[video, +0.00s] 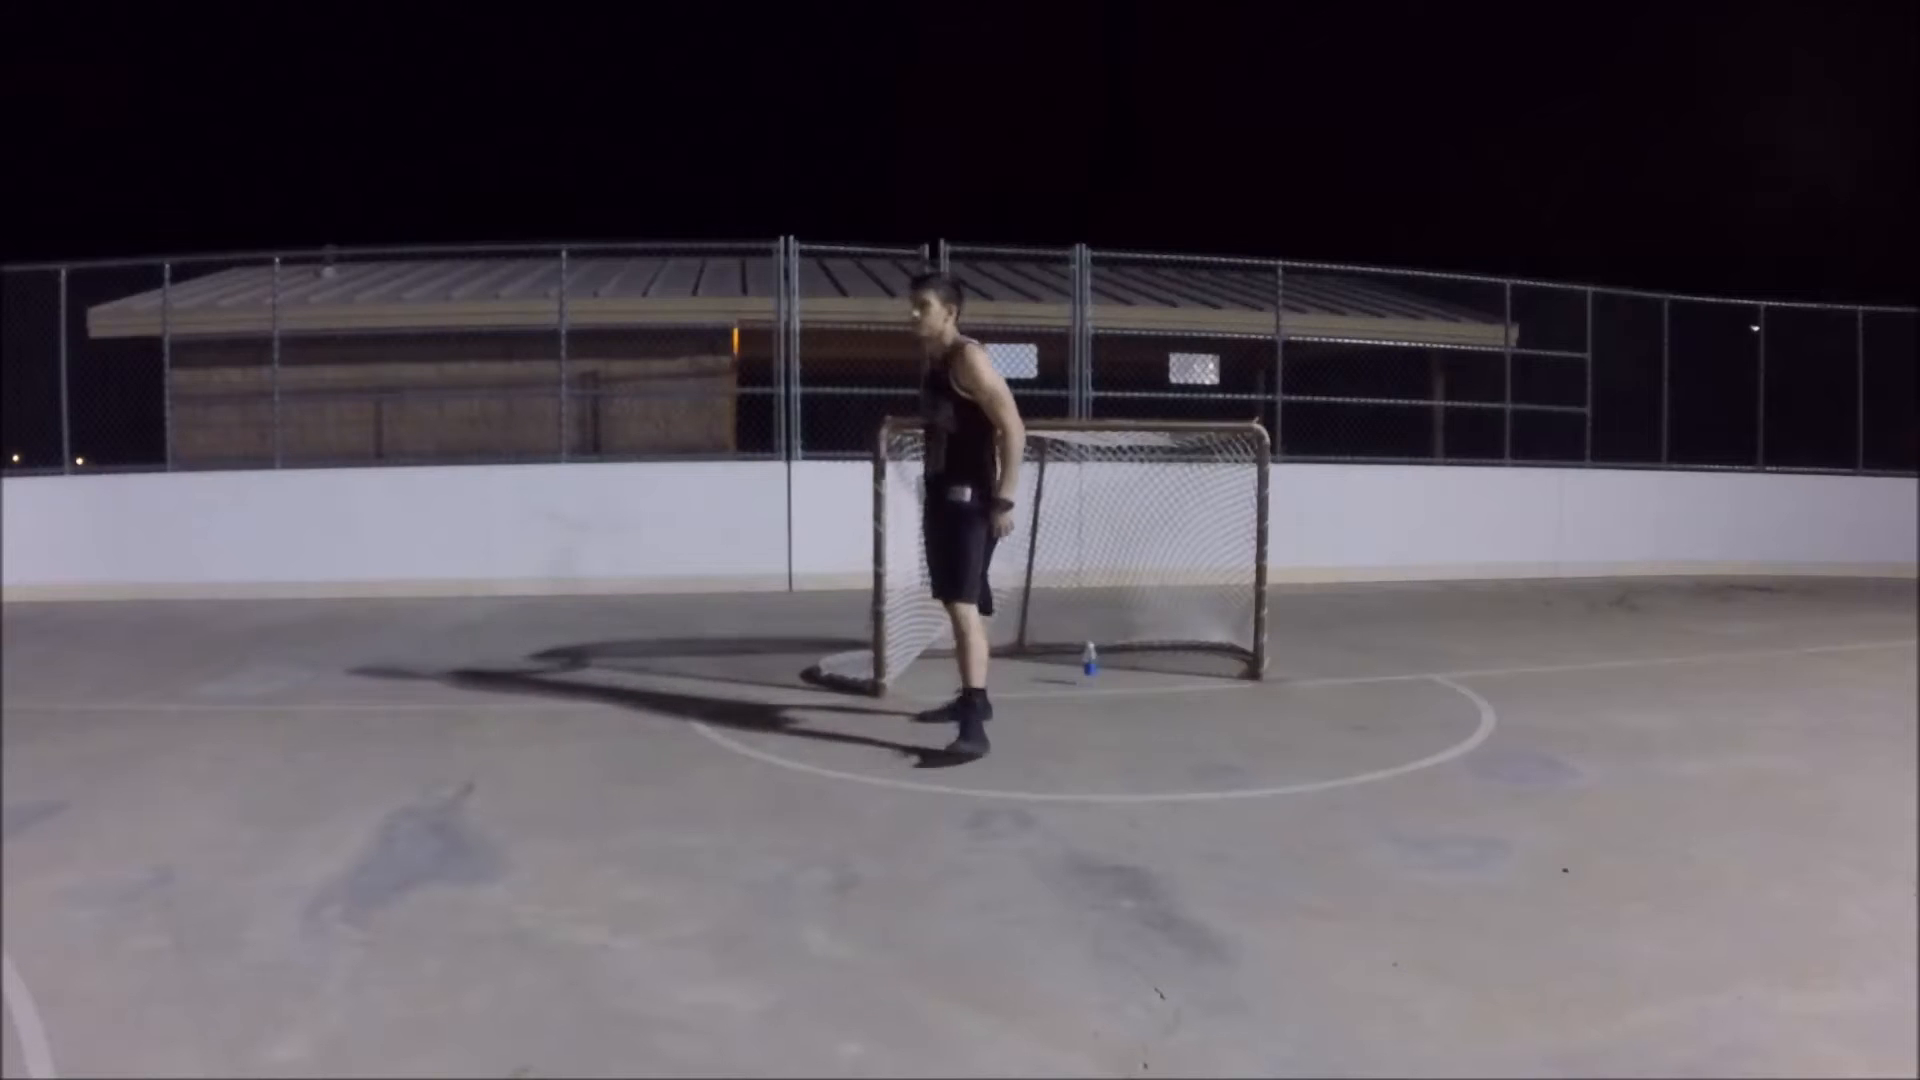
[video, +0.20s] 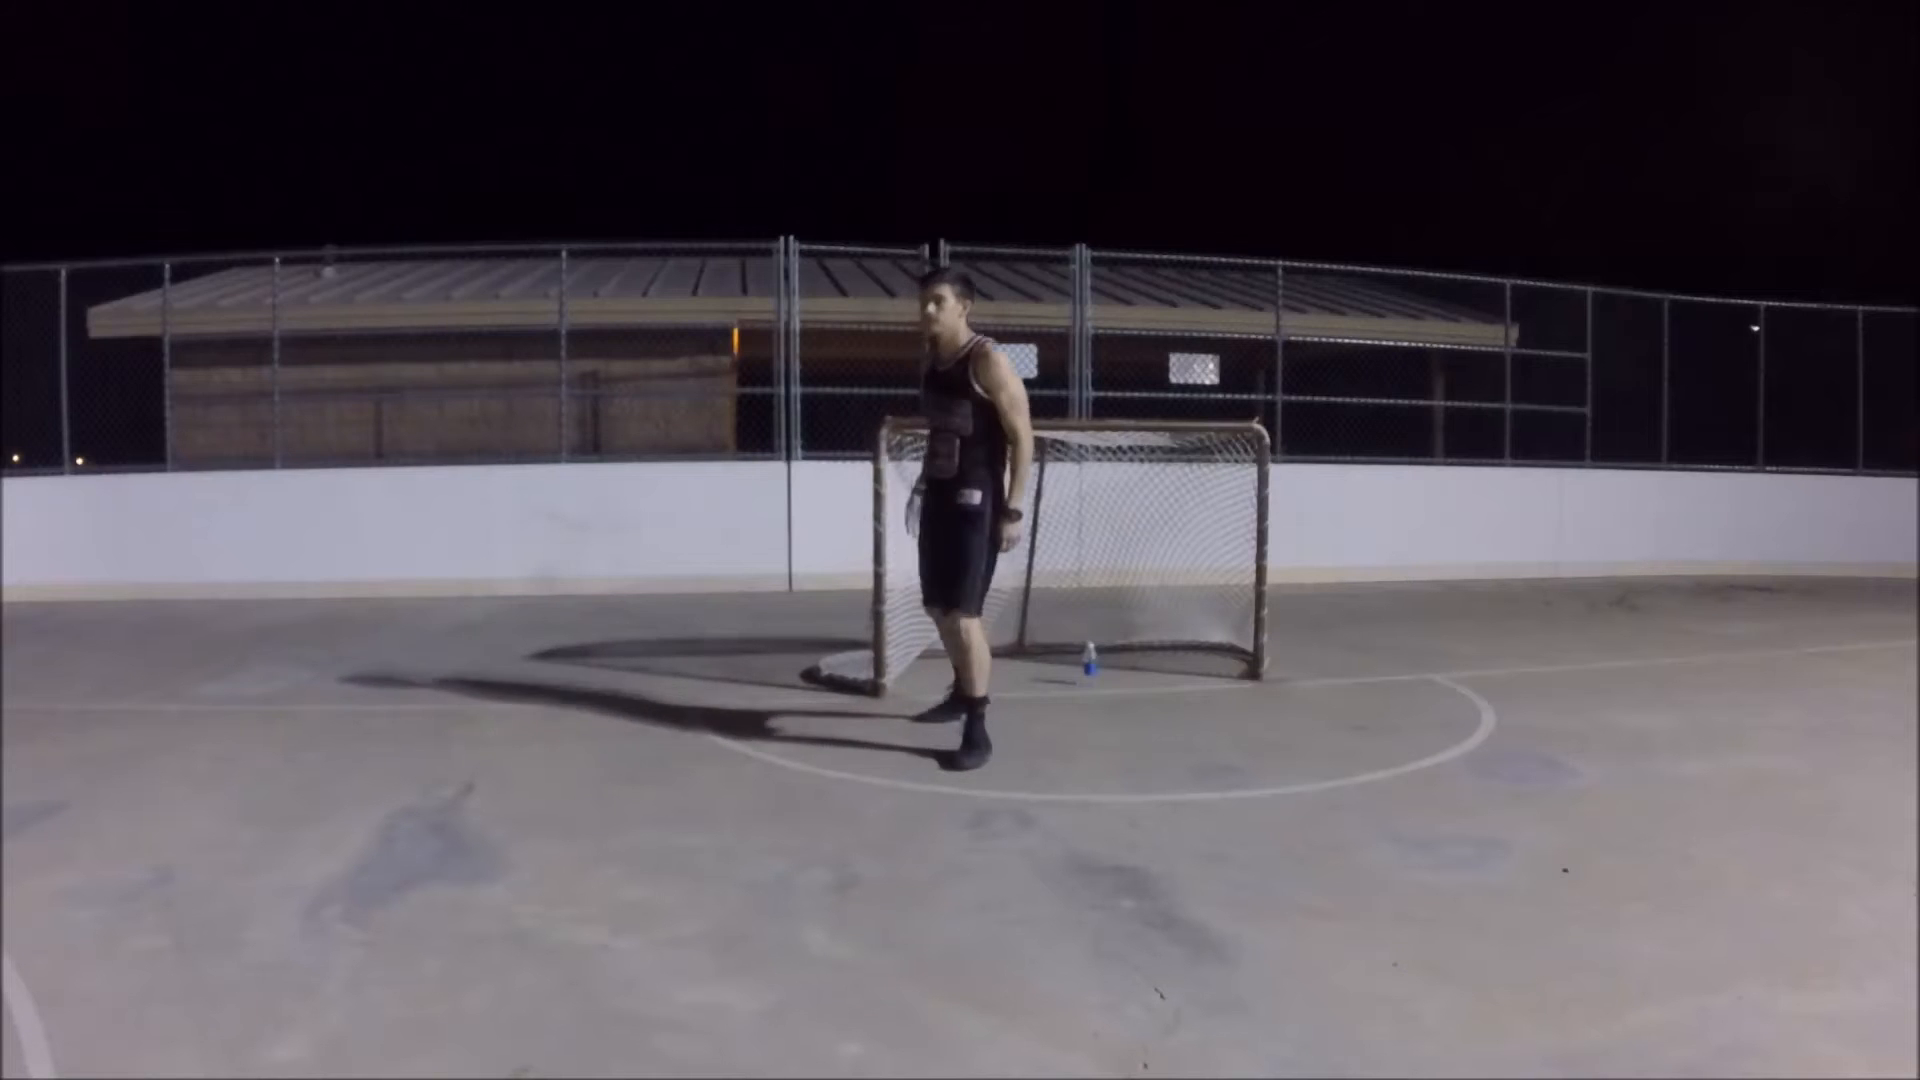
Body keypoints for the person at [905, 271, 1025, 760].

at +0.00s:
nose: (915, 316)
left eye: (923, 308)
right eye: (914, 308)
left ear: (951, 312)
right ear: (921, 314)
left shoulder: (968, 360)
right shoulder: (937, 361)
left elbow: (1012, 428)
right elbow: (947, 424)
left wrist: (1005, 500)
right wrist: (905, 426)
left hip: (968, 498)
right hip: (944, 497)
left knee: (964, 606)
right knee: (958, 605)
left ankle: (975, 724)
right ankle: (971, 700)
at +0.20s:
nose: (927, 311)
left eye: (937, 302)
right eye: (924, 303)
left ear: (965, 308)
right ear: (924, 311)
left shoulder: (989, 363)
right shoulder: (934, 360)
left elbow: (1023, 436)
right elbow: (946, 425)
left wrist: (1014, 509)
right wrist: (905, 426)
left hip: (977, 500)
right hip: (937, 497)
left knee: (965, 614)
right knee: (939, 606)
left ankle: (977, 733)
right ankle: (964, 691)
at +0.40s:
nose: (938, 298)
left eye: (948, 289)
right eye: (934, 290)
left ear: (975, 294)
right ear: (930, 299)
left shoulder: (1007, 347)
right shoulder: (934, 354)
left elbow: (1030, 425)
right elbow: (932, 422)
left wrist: (1019, 501)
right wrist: (911, 472)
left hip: (988, 500)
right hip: (937, 498)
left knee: (978, 619)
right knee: (910, 606)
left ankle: (978, 730)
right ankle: (939, 675)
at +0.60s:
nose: (954, 294)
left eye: (963, 284)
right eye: (946, 287)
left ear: (984, 289)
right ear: (938, 295)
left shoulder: (1017, 348)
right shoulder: (928, 350)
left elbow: (1038, 425)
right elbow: (910, 420)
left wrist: (1013, 485)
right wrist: (890, 465)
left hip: (993, 500)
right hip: (938, 499)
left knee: (986, 621)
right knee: (924, 611)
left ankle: (978, 730)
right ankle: (902, 687)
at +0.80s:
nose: (980, 290)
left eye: (985, 281)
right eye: (968, 282)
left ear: (993, 285)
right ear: (943, 289)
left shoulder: (1019, 344)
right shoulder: (923, 346)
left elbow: (1037, 426)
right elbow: (898, 423)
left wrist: (1021, 492)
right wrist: (876, 497)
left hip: (997, 502)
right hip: (938, 500)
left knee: (987, 625)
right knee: (930, 621)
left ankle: (978, 727)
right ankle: (920, 752)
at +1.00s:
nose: (983, 290)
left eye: (986, 281)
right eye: (971, 283)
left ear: (991, 287)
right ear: (941, 289)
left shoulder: (1015, 350)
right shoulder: (912, 356)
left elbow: (1034, 433)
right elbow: (889, 437)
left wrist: (1039, 509)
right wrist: (878, 514)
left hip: (998, 516)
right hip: (937, 518)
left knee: (986, 635)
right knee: (941, 644)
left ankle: (978, 715)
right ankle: (947, 776)